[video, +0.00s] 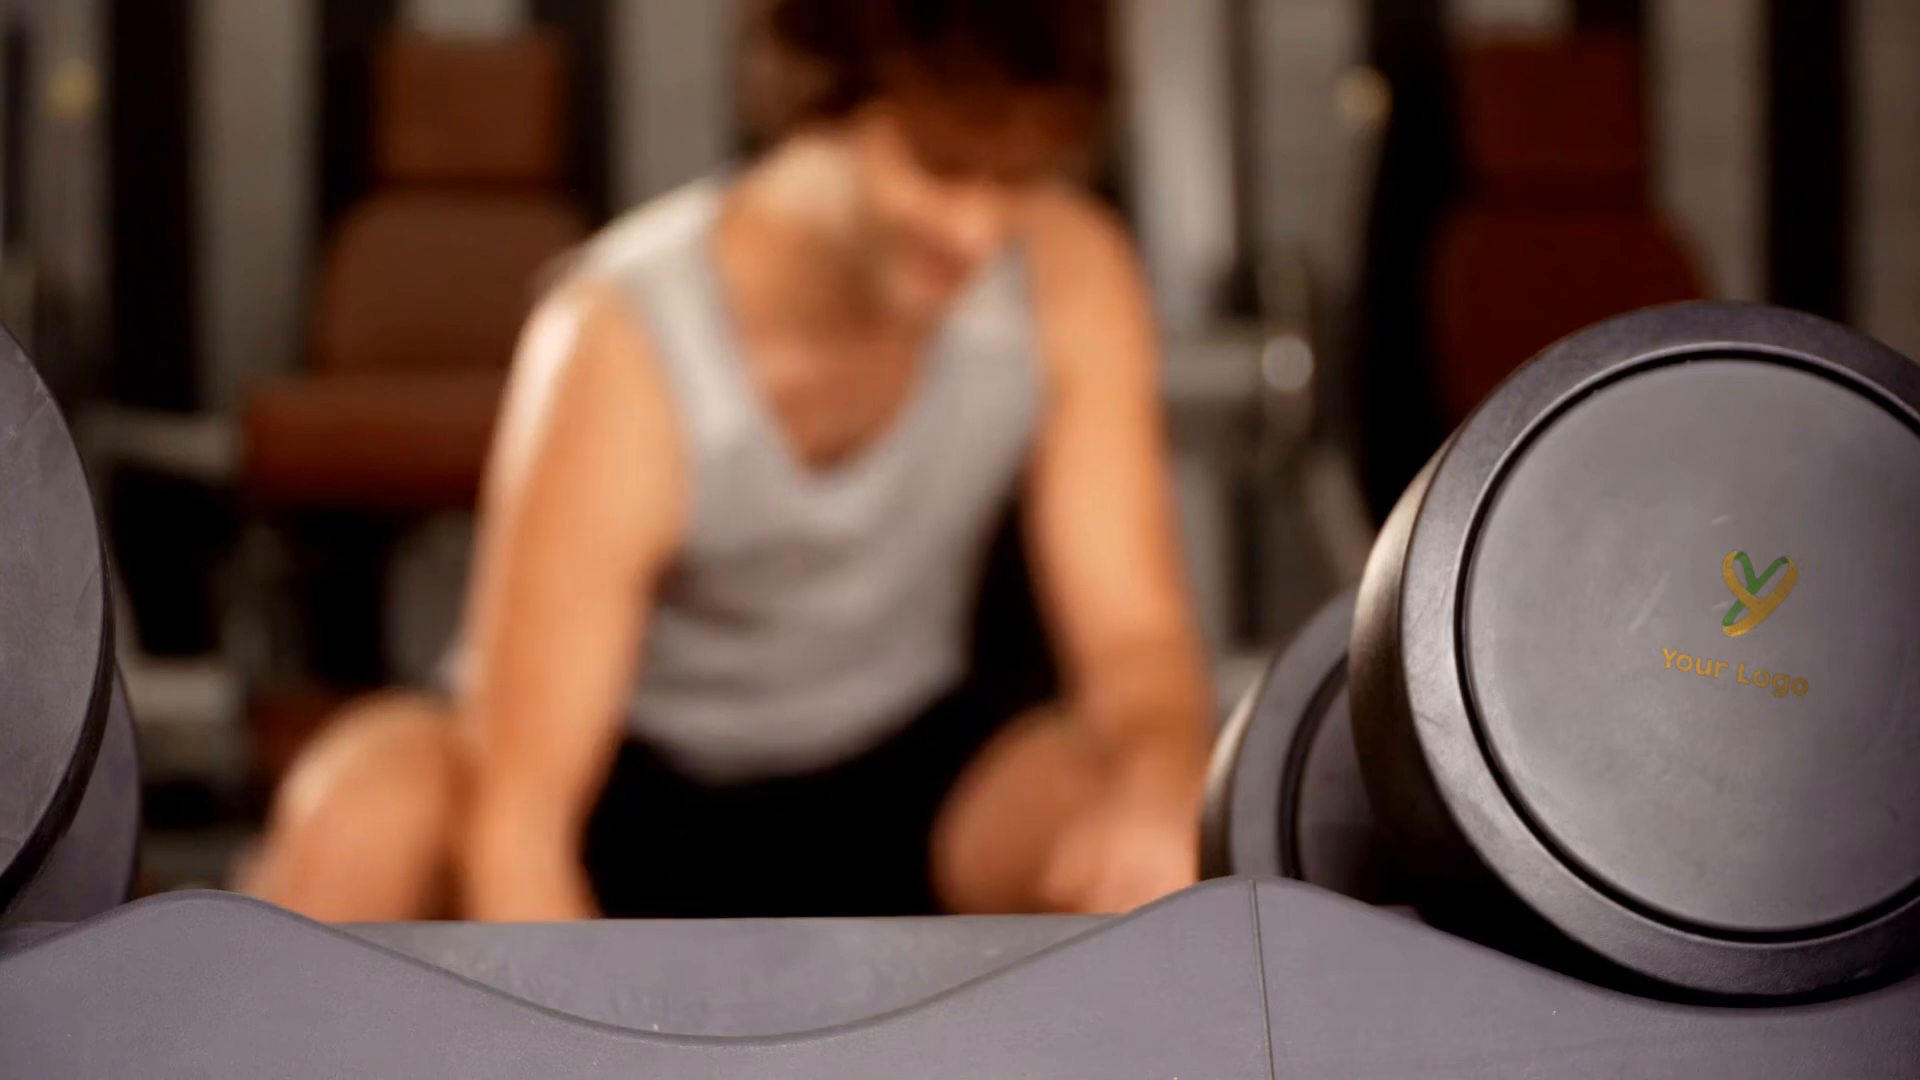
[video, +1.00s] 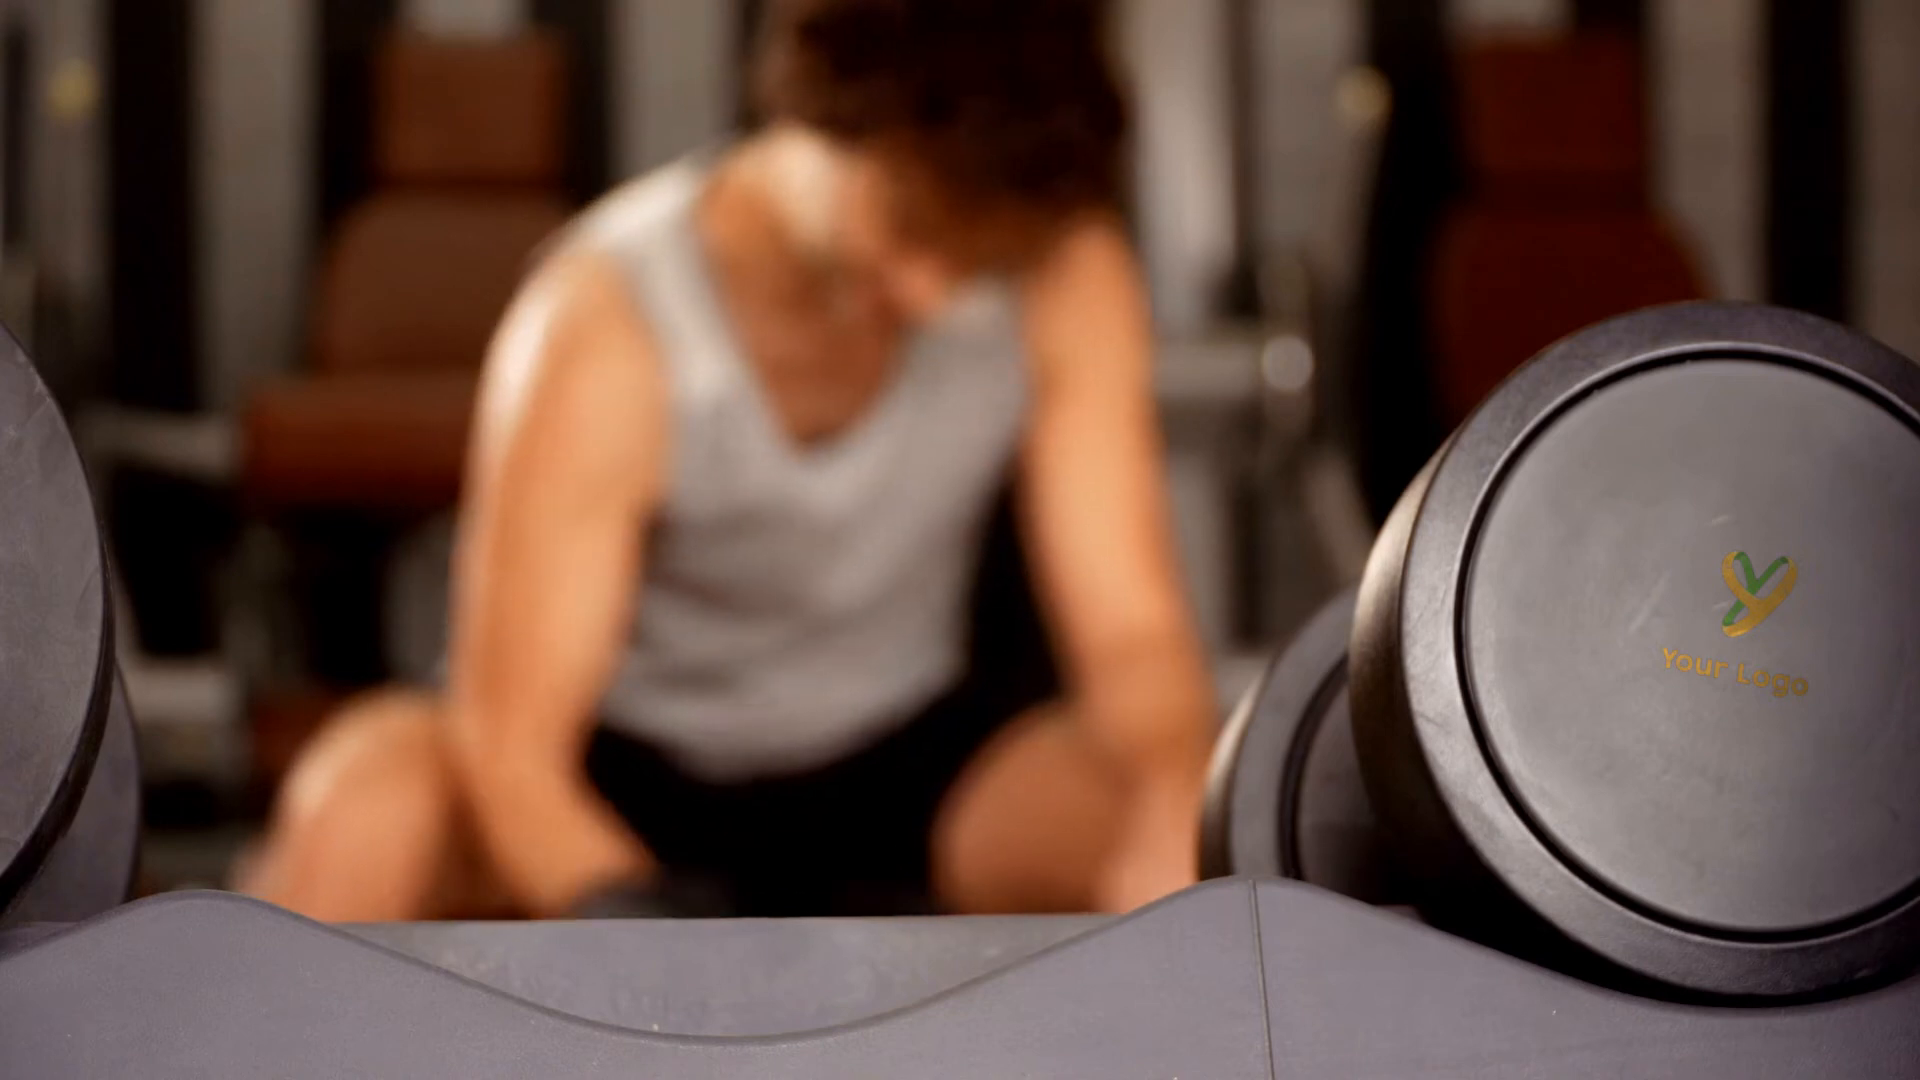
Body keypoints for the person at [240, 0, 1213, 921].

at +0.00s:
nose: (976, 232)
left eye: (1014, 181)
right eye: (937, 170)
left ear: (1053, 159)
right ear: (826, 113)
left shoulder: (1064, 271)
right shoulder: (621, 336)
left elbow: (1135, 652)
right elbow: (520, 815)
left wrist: (1153, 815)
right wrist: (594, 1064)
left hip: (901, 782)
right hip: (625, 793)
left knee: (1157, 824)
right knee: (363, 798)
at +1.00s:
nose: (929, 298)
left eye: (980, 262)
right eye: (904, 241)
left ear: (1041, 219)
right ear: (826, 134)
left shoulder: (1057, 260)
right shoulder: (602, 316)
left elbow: (1133, 643)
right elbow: (511, 755)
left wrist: (1172, 839)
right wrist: (674, 956)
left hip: (902, 777)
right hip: (628, 790)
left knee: (1190, 806)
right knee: (367, 784)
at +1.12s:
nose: (923, 303)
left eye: (972, 267)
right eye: (896, 247)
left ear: (1037, 224)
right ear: (817, 135)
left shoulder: (1051, 263)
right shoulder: (578, 313)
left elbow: (1135, 643)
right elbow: (514, 754)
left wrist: (1171, 854)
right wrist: (767, 867)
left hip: (904, 779)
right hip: (619, 783)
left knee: (1199, 780)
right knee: (370, 787)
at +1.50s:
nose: (886, 303)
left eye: (926, 263)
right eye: (859, 248)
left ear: (980, 205)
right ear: (764, 148)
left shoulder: (1010, 262)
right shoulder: (492, 318)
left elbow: (1121, 639)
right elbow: (509, 749)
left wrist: (1182, 877)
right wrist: (735, 696)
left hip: (900, 786)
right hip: (598, 796)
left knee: (1169, 807)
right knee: (351, 798)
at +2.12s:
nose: (893, 271)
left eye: (944, 232)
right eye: (867, 214)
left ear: (1003, 179)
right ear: (785, 116)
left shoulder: (1034, 256)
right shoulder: (546, 313)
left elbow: (1125, 636)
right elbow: (514, 735)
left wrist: (1195, 807)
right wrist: (846, 823)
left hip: (901, 796)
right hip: (611, 796)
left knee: (1193, 800)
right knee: (360, 786)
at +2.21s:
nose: (905, 272)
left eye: (955, 233)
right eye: (879, 215)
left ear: (1010, 180)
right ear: (799, 119)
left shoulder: (1042, 255)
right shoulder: (562, 313)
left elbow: (1126, 631)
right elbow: (514, 764)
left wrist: (1201, 806)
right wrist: (734, 897)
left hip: (907, 770)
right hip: (625, 782)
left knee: (1199, 815)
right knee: (358, 797)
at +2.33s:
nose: (916, 282)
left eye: (970, 240)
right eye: (889, 220)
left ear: (1024, 192)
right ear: (805, 120)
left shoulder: (1052, 262)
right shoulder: (584, 314)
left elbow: (1133, 641)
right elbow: (519, 791)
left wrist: (1207, 826)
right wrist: (678, 1040)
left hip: (901, 778)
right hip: (624, 789)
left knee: (1192, 815)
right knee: (363, 798)